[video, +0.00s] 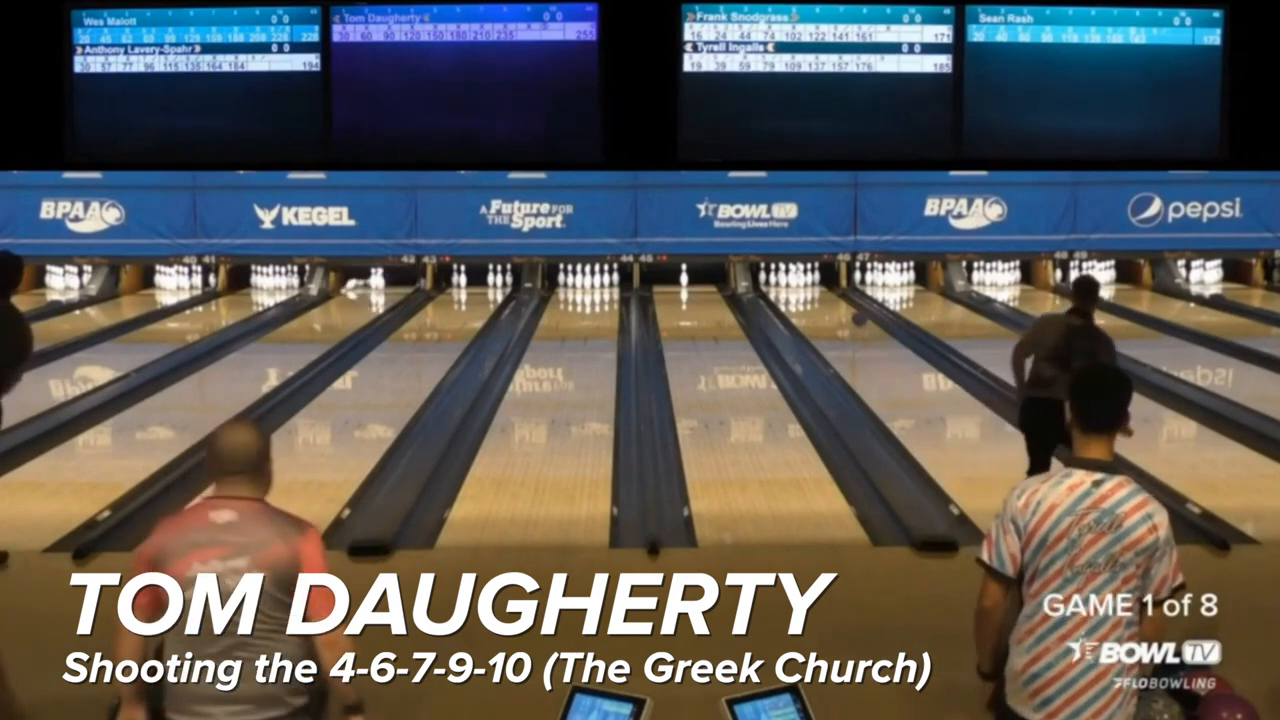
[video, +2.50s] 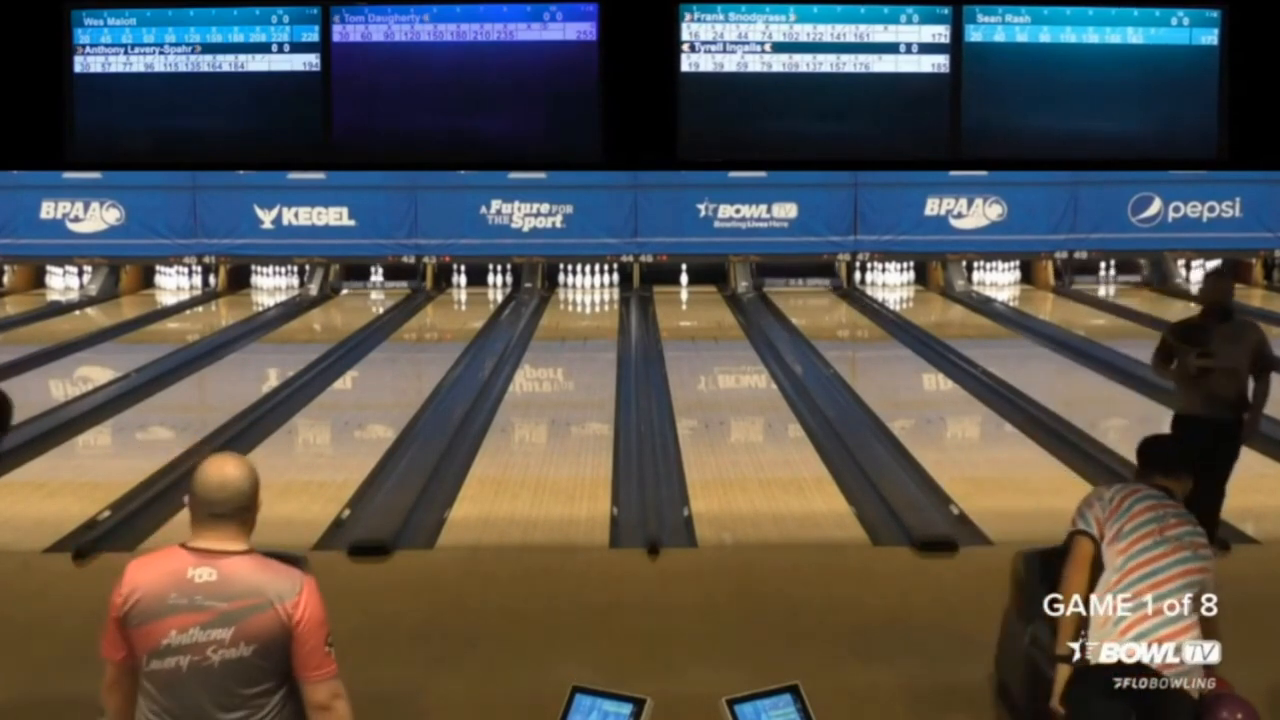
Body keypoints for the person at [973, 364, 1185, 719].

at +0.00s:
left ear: (1069, 416)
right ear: (1125, 423)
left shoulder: (1029, 497)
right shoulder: (1151, 514)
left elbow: (992, 601)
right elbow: (1153, 616)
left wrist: (988, 669)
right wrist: (1137, 675)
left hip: (1032, 687)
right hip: (1108, 694)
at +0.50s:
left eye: (1026, 407)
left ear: (1028, 414)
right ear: (1082, 416)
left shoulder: (999, 501)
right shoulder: (1117, 502)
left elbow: (971, 607)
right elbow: (1129, 595)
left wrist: (971, 682)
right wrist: (1129, 656)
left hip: (1023, 687)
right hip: (1094, 686)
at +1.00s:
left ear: (1007, 413)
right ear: (1060, 411)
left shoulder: (980, 501)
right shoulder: (1099, 498)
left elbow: (958, 607)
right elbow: (1119, 589)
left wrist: (966, 687)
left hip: (1016, 684)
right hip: (1086, 683)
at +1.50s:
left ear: (1060, 409)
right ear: (1114, 415)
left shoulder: (1018, 486)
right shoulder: (1137, 503)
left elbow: (987, 593)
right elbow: (1148, 610)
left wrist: (987, 673)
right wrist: (1147, 682)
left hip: (1024, 688)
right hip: (1104, 693)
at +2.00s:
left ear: (1135, 451)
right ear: (1188, 461)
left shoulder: (1097, 490)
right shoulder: (1199, 523)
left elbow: (1060, 590)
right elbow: (1214, 620)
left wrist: (1048, 667)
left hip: (1090, 683)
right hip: (1164, 696)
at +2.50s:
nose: (1189, 488)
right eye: (1189, 482)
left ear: (1139, 469)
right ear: (1188, 482)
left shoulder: (1106, 498)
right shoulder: (1194, 527)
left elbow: (1074, 589)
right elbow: (1206, 614)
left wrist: (1063, 659)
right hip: (1179, 693)